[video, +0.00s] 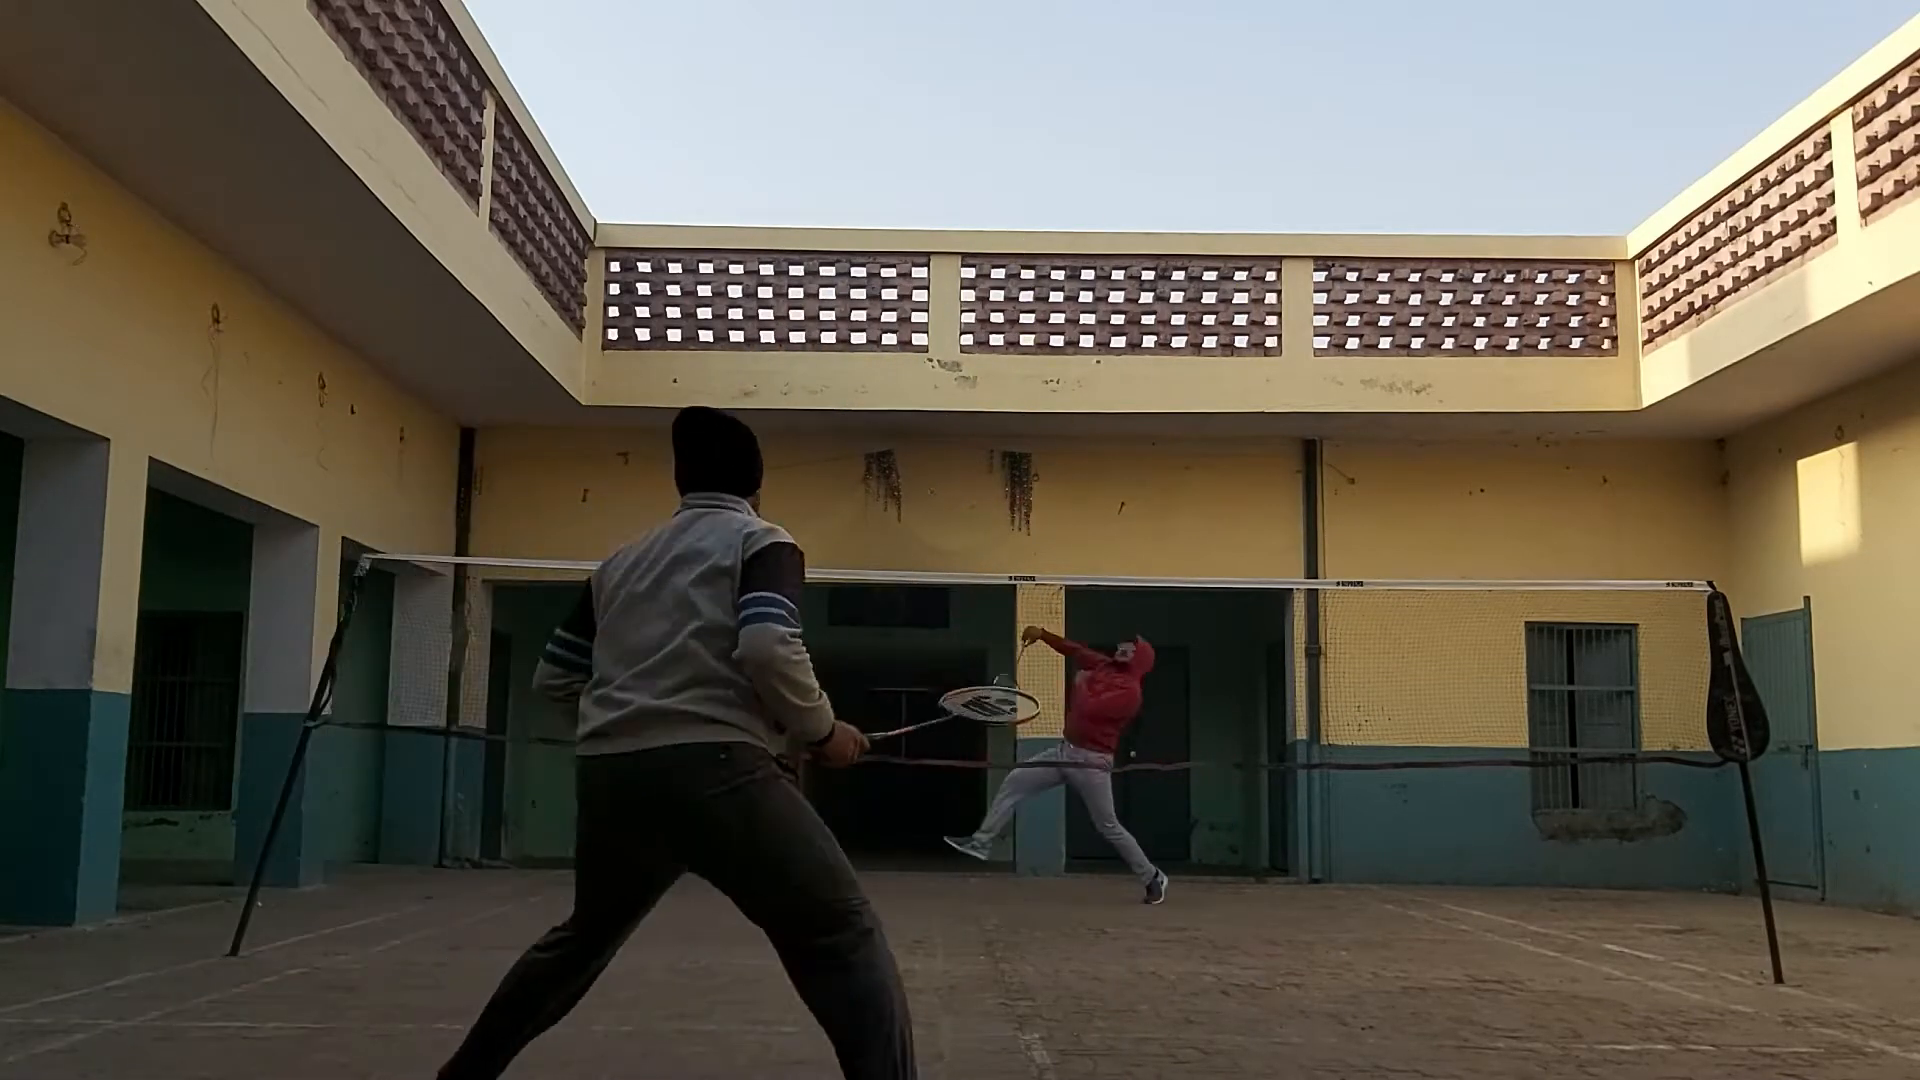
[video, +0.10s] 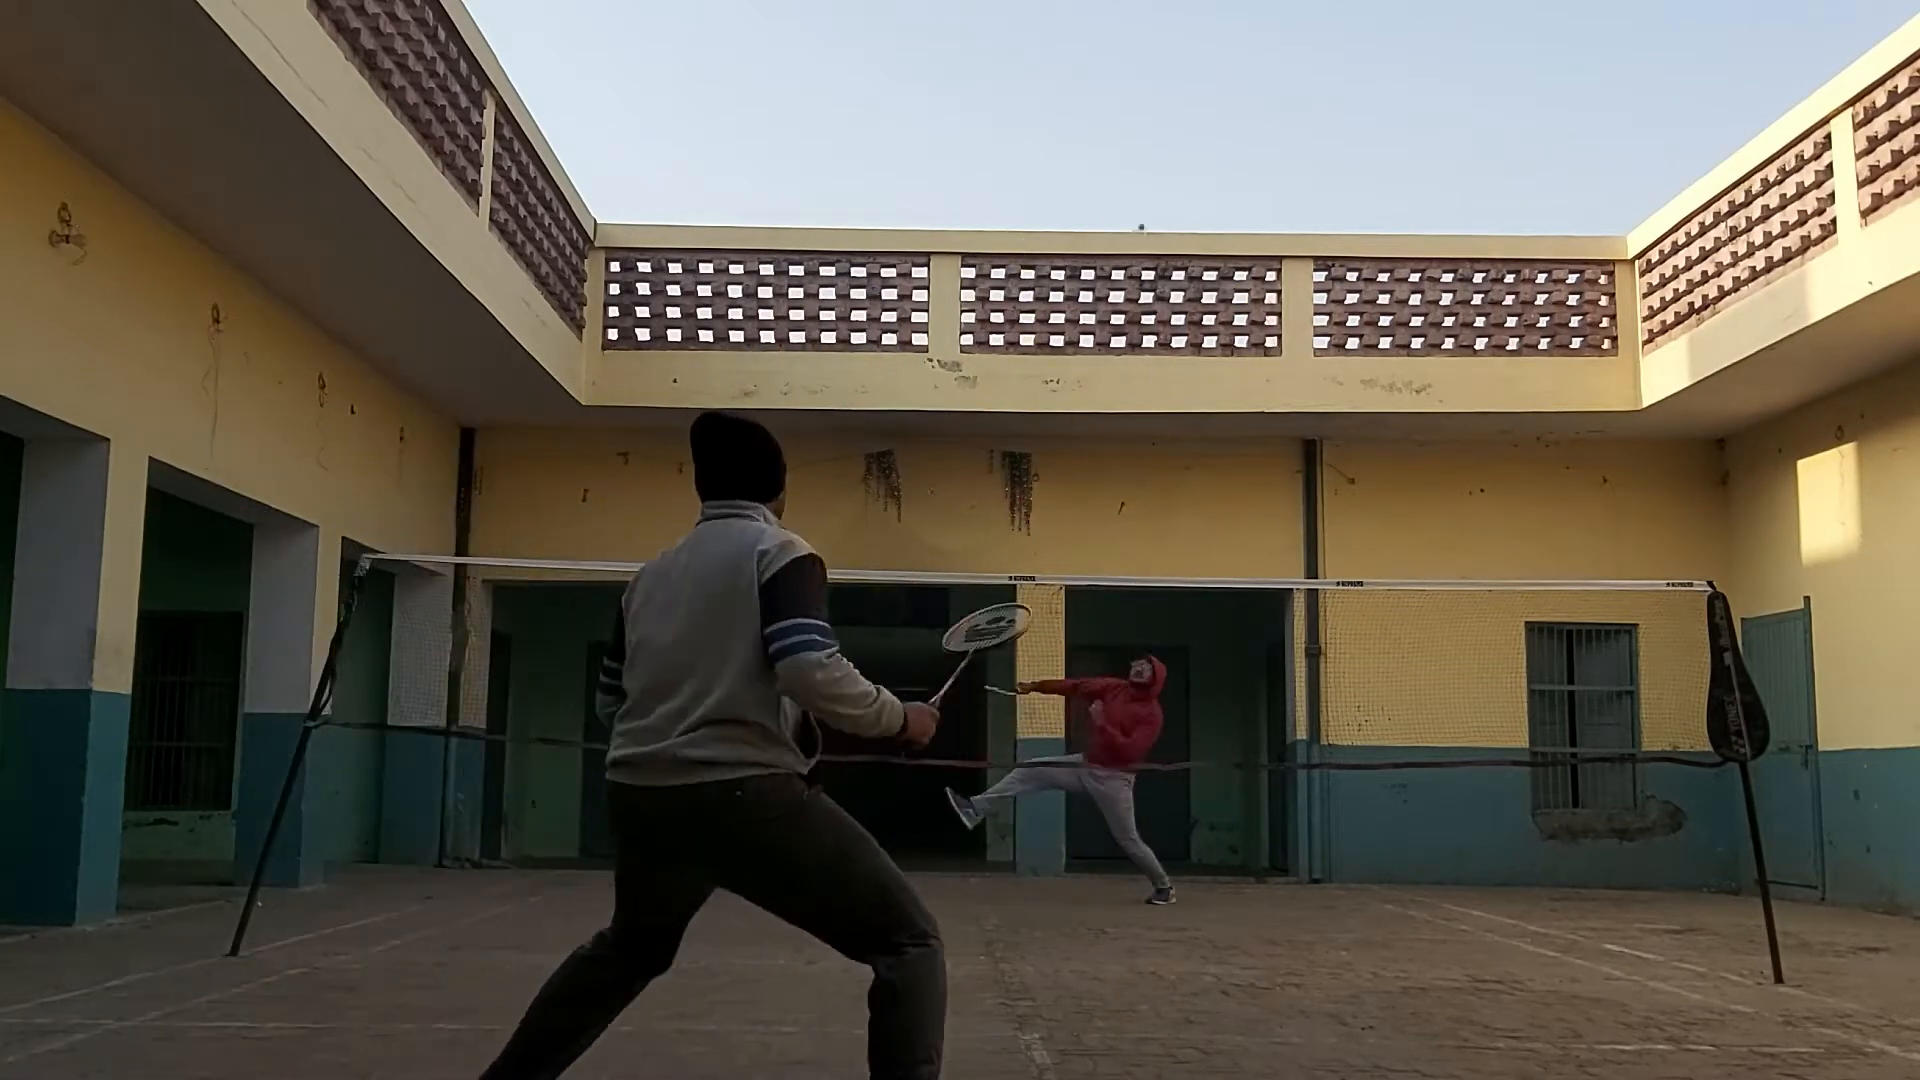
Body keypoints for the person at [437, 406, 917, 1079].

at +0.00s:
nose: (758, 485)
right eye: (757, 475)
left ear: (680, 479)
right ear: (754, 478)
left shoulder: (619, 565)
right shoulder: (761, 542)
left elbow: (554, 676)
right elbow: (766, 647)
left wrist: (632, 712)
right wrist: (825, 728)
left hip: (612, 777)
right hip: (718, 770)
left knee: (587, 931)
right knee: (840, 935)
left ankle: (465, 1070)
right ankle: (886, 1071)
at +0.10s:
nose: (784, 497)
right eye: (782, 485)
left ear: (702, 488)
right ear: (777, 488)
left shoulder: (648, 576)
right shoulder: (780, 552)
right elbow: (807, 669)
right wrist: (900, 717)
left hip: (641, 797)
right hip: (744, 794)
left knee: (634, 944)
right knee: (908, 943)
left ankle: (508, 1075)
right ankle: (907, 1075)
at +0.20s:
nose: (804, 505)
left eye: (800, 489)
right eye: (803, 489)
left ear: (727, 494)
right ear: (794, 494)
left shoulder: (691, 569)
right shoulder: (776, 567)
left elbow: (717, 674)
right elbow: (800, 694)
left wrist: (817, 648)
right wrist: (924, 708)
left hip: (667, 812)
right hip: (754, 808)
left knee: (632, 966)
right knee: (941, 928)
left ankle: (506, 1079)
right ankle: (916, 1075)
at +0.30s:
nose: (852, 460)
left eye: (847, 447)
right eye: (847, 447)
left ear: (774, 466)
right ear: (835, 462)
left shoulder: (763, 534)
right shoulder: (806, 554)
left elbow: (837, 553)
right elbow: (820, 689)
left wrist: (906, 555)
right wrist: (961, 703)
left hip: (722, 783)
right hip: (783, 788)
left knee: (648, 954)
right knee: (966, 926)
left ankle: (516, 1076)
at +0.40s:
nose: (909, 425)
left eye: (904, 412)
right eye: (901, 412)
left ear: (831, 431)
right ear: (882, 429)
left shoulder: (848, 481)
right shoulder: (844, 512)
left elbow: (907, 460)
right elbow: (819, 639)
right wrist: (947, 678)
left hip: (768, 748)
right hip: (827, 756)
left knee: (700, 925)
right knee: (982, 934)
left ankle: (552, 1072)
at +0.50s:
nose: (964, 393)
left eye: (958, 382)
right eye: (953, 383)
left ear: (890, 400)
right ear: (924, 401)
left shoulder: (916, 445)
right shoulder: (874, 479)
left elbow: (997, 399)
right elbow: (810, 585)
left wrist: (1079, 368)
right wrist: (912, 576)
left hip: (808, 722)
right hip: (872, 736)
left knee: (776, 913)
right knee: (996, 935)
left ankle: (651, 1063)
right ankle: (938, 1079)